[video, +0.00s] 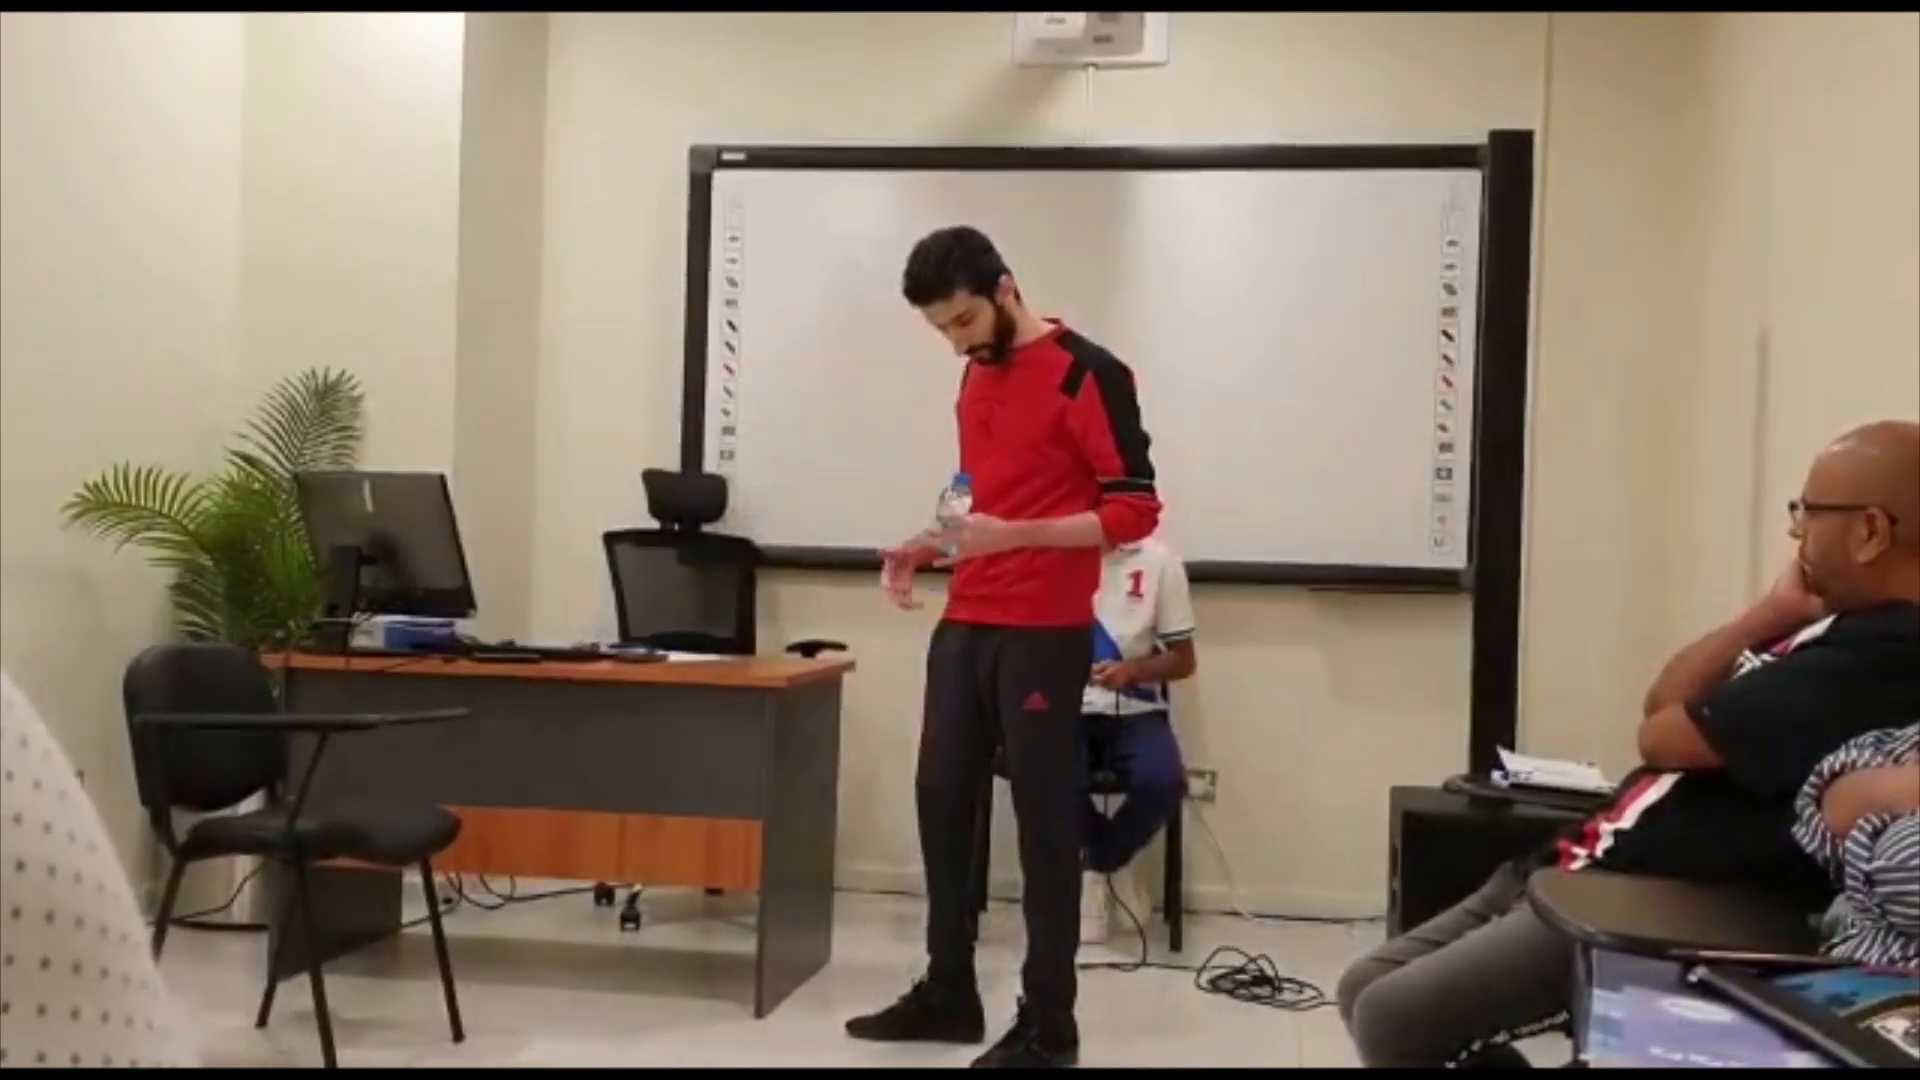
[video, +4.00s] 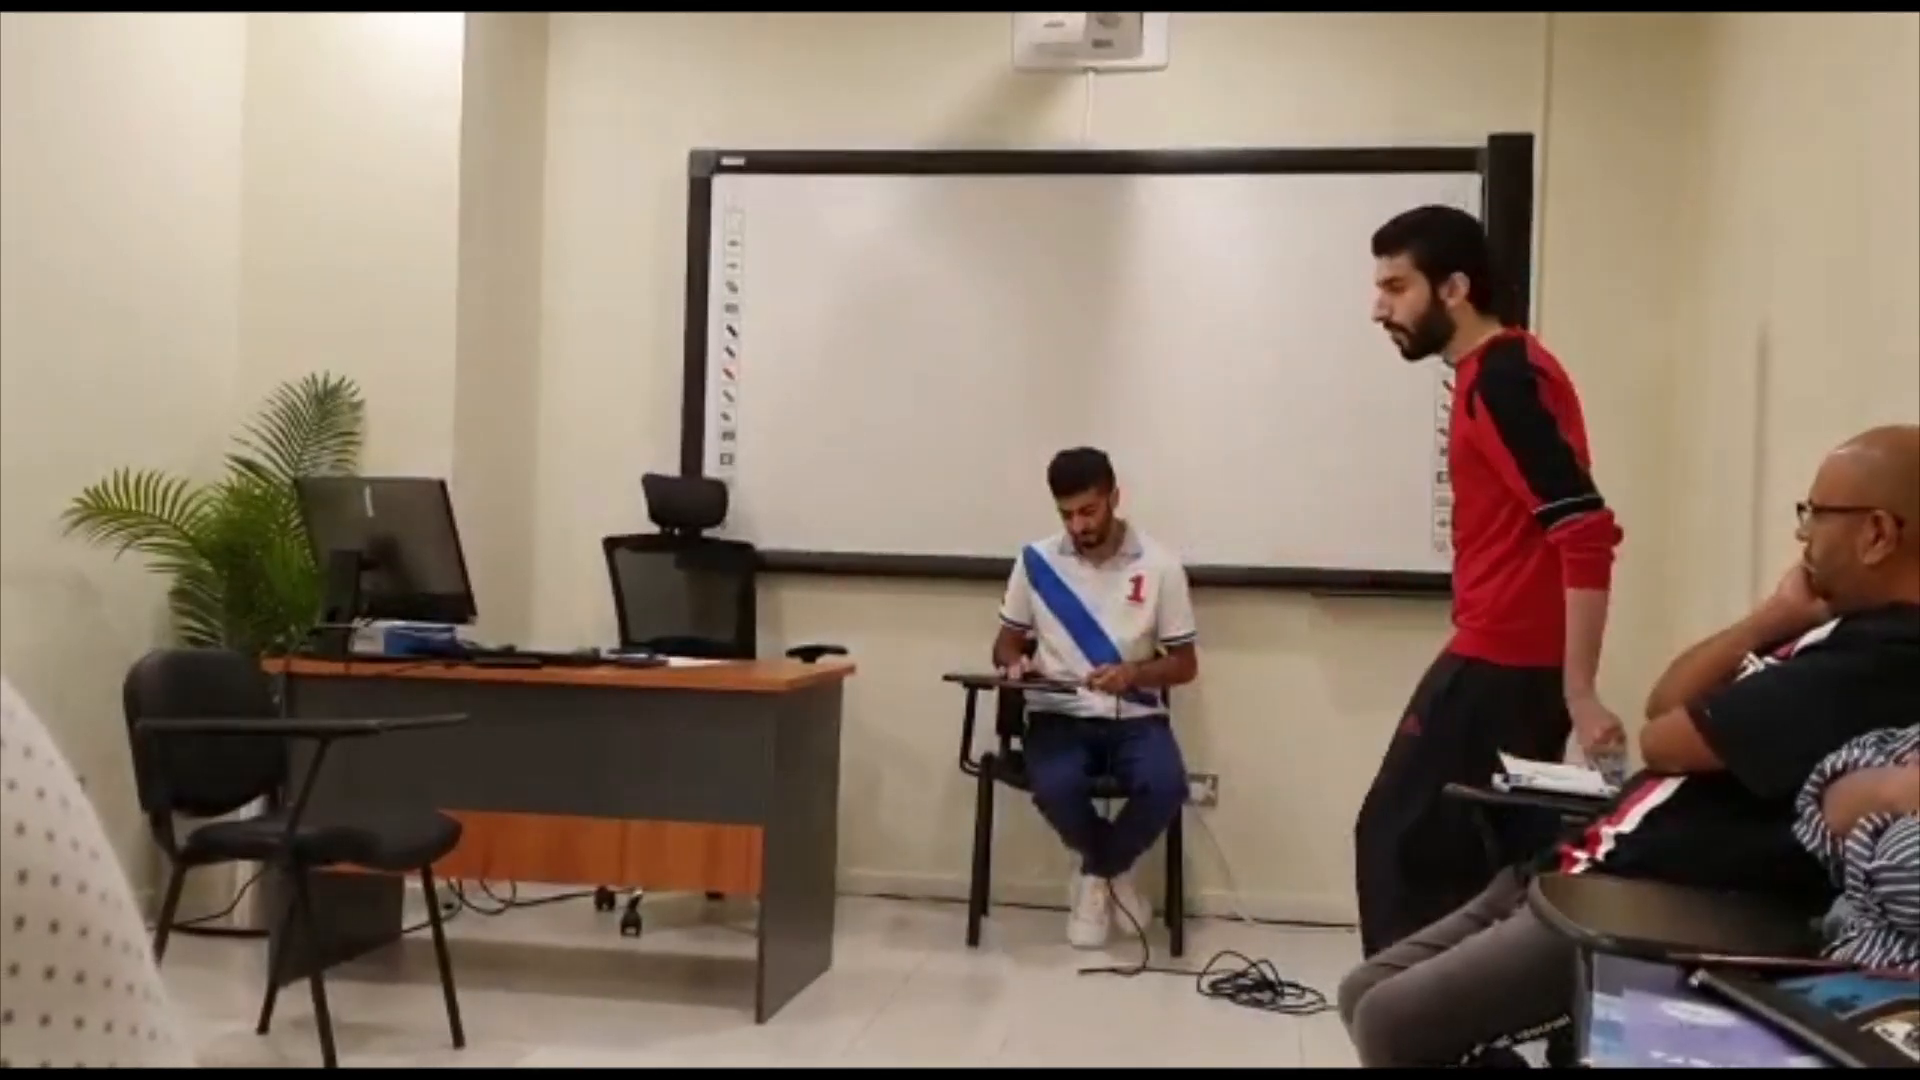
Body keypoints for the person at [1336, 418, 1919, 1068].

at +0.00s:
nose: (1795, 535)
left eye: (1806, 516)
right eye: (1798, 514)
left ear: (1874, 532)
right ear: (1874, 532)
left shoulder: (1883, 650)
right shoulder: (1847, 626)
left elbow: (1666, 739)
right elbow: (1665, 700)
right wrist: (1783, 606)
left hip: (1632, 907)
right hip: (1581, 864)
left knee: (1388, 1019)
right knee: (1364, 985)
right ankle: (1486, 1061)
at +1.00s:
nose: (1795, 536)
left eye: (1806, 517)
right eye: (1798, 516)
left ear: (1873, 533)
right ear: (1872, 533)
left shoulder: (1883, 651)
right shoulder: (1846, 628)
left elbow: (1665, 744)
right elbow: (1662, 703)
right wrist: (1778, 611)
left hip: (1640, 906)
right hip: (1588, 862)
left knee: (1389, 1022)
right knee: (1364, 988)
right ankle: (1489, 1060)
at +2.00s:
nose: (1801, 534)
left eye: (1814, 514)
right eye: (1806, 513)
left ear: (1880, 533)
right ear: (1881, 533)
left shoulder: (1884, 650)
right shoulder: (1854, 627)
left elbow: (1663, 741)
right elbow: (1662, 701)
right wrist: (1778, 612)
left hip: (1641, 906)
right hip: (1589, 862)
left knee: (1387, 1021)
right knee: (1363, 988)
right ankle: (1486, 1060)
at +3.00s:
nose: (1803, 534)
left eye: (1817, 515)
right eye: (1808, 514)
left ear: (1883, 535)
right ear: (1882, 535)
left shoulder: (1887, 652)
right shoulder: (1851, 628)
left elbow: (1666, 744)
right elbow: (1665, 701)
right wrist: (1781, 612)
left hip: (1642, 909)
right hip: (1592, 866)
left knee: (1389, 1022)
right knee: (1365, 988)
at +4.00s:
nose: (1800, 538)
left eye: (1813, 517)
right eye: (1804, 516)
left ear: (1880, 534)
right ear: (1880, 534)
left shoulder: (1882, 654)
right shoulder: (1854, 629)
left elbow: (1664, 745)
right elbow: (1665, 703)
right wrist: (1779, 614)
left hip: (1638, 907)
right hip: (1589, 866)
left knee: (1389, 1024)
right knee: (1364, 990)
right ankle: (1488, 1062)